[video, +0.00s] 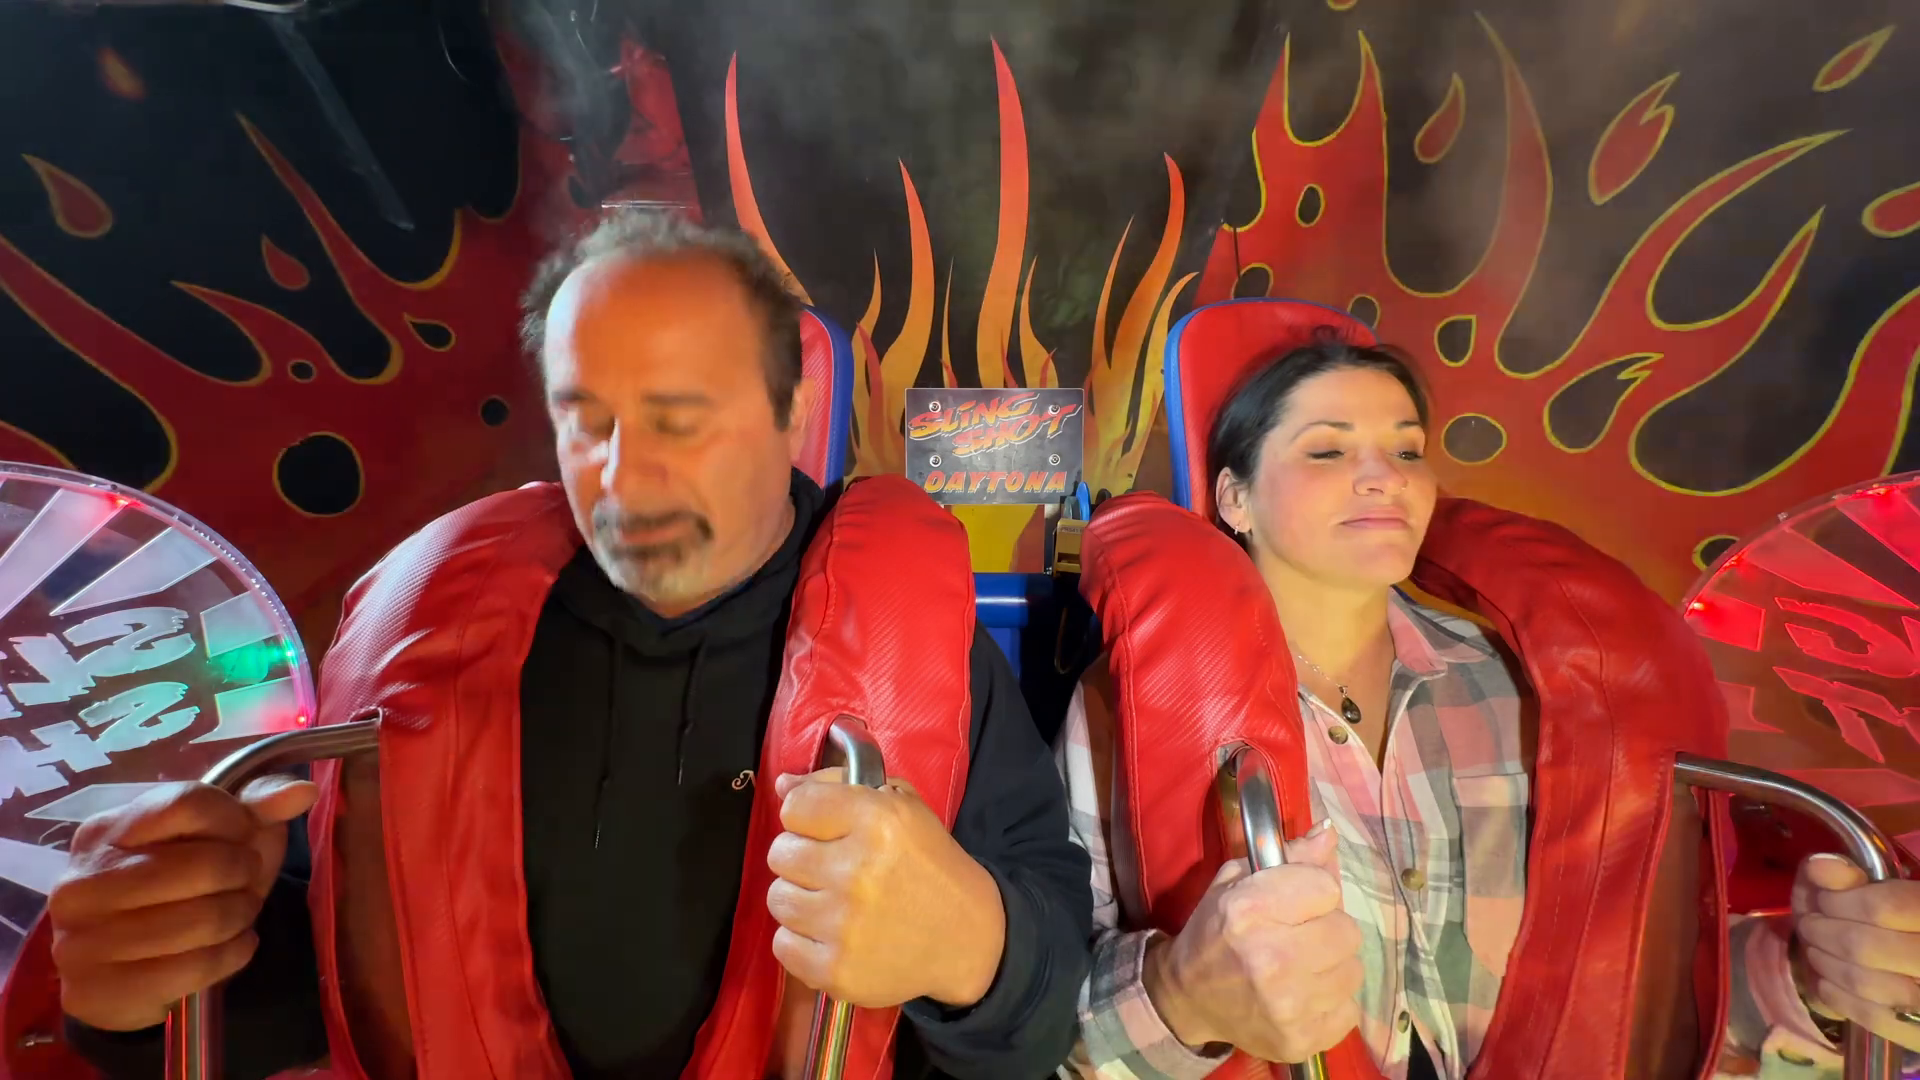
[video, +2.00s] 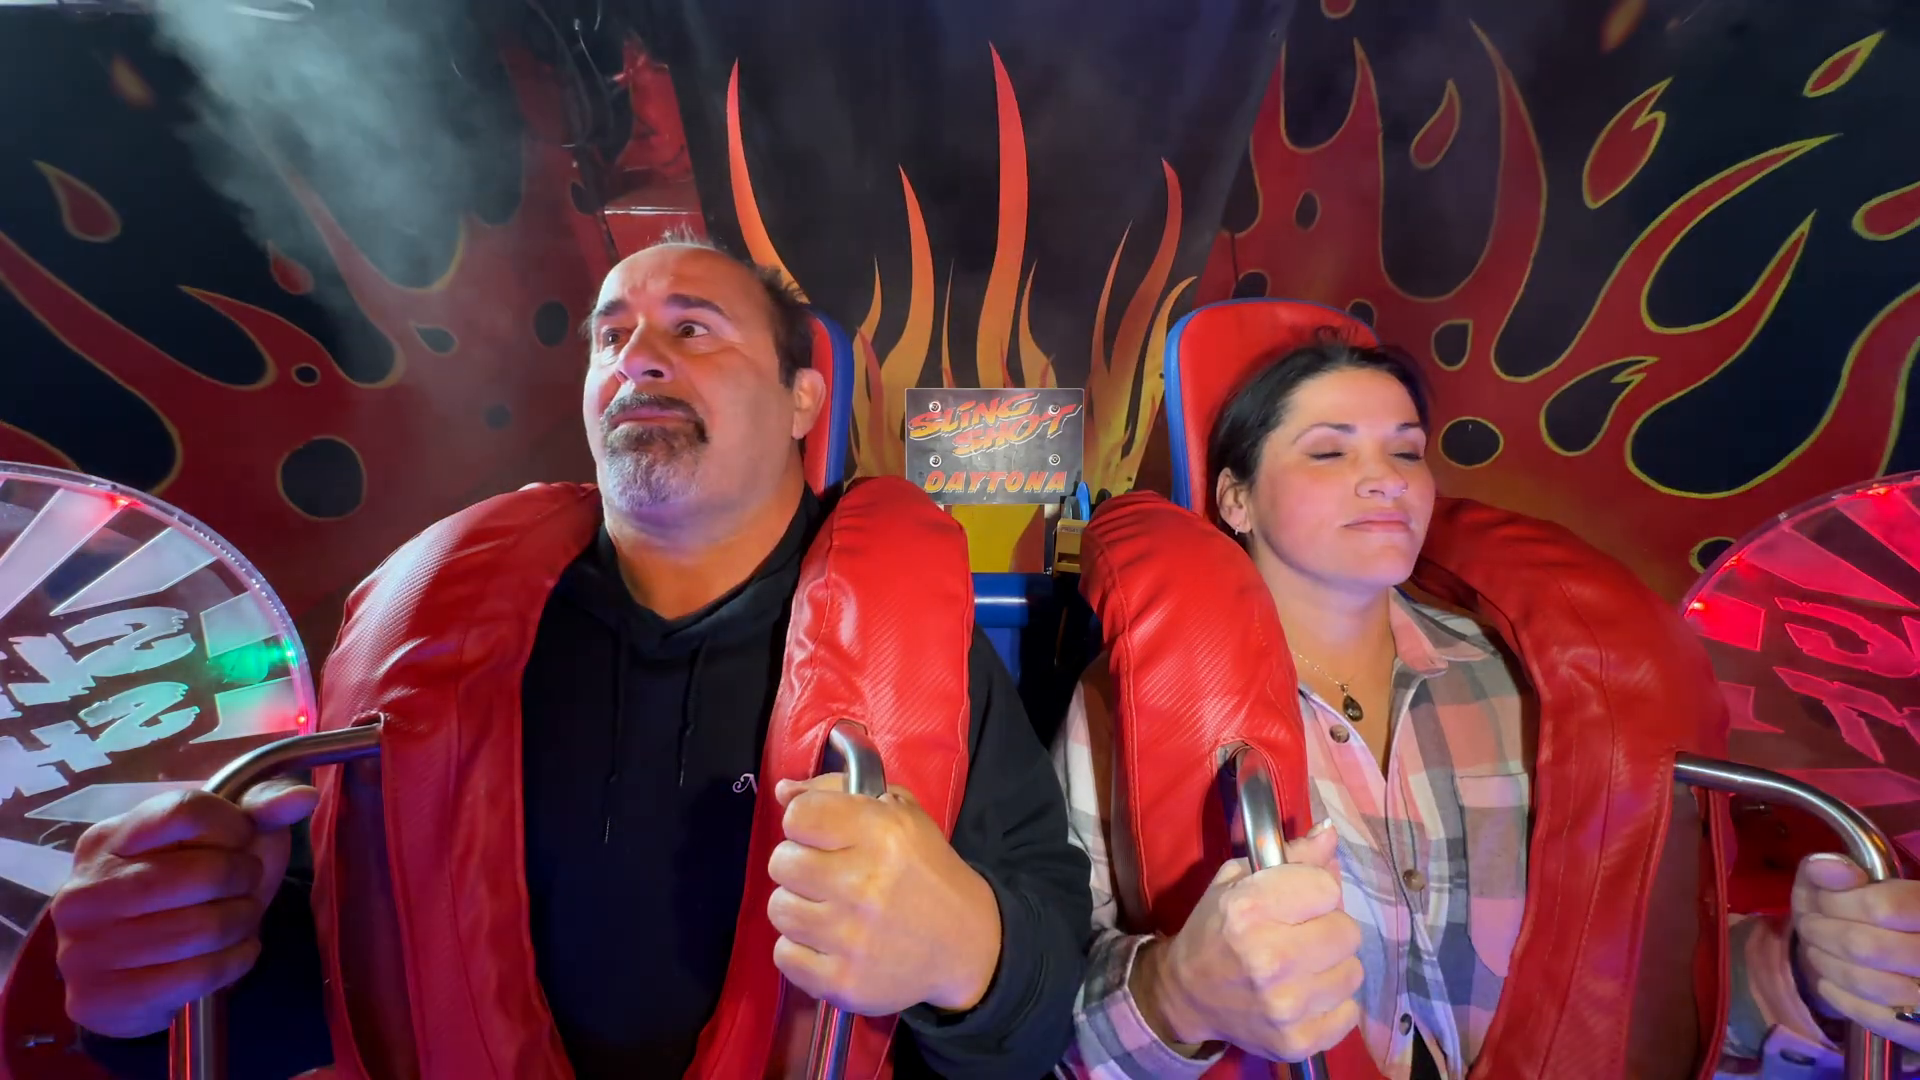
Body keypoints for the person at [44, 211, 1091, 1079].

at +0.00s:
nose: (623, 478)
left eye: (680, 419)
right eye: (588, 421)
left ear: (791, 416)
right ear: (549, 427)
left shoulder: (925, 644)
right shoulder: (419, 623)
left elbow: (1048, 1008)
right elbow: (303, 977)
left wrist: (981, 948)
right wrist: (106, 988)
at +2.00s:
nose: (638, 353)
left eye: (697, 322)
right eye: (612, 334)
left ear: (807, 404)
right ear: (582, 413)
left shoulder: (923, 661)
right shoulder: (425, 630)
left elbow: (1043, 1006)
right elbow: (309, 982)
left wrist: (979, 958)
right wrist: (107, 980)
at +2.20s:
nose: (639, 352)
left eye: (699, 323)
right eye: (612, 335)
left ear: (806, 408)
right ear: (582, 416)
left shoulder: (920, 658)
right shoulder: (426, 636)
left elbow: (1039, 991)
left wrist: (980, 955)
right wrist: (106, 981)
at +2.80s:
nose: (632, 367)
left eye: (692, 330)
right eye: (608, 343)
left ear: (802, 405)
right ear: (579, 411)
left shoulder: (925, 649)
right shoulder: (433, 635)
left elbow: (1033, 1016)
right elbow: (304, 1008)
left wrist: (977, 952)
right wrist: (145, 974)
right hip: (485, 1066)